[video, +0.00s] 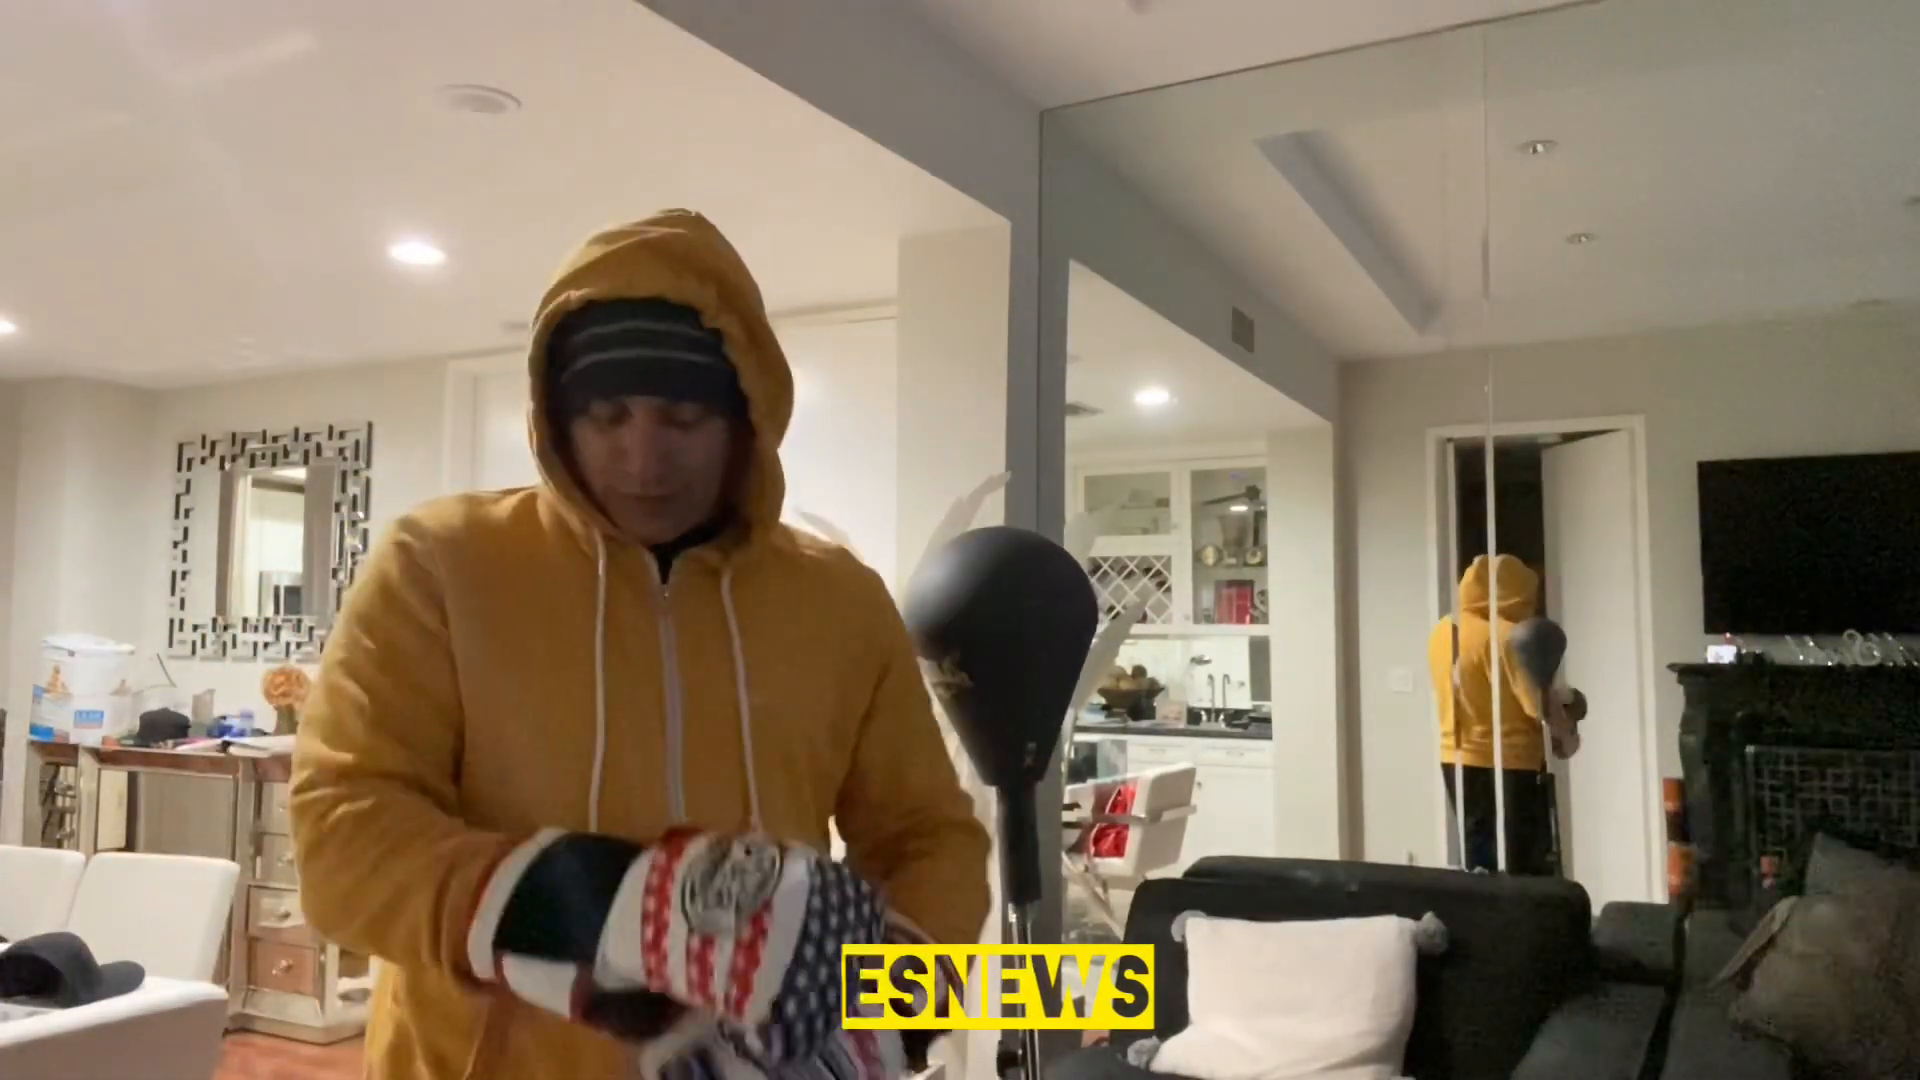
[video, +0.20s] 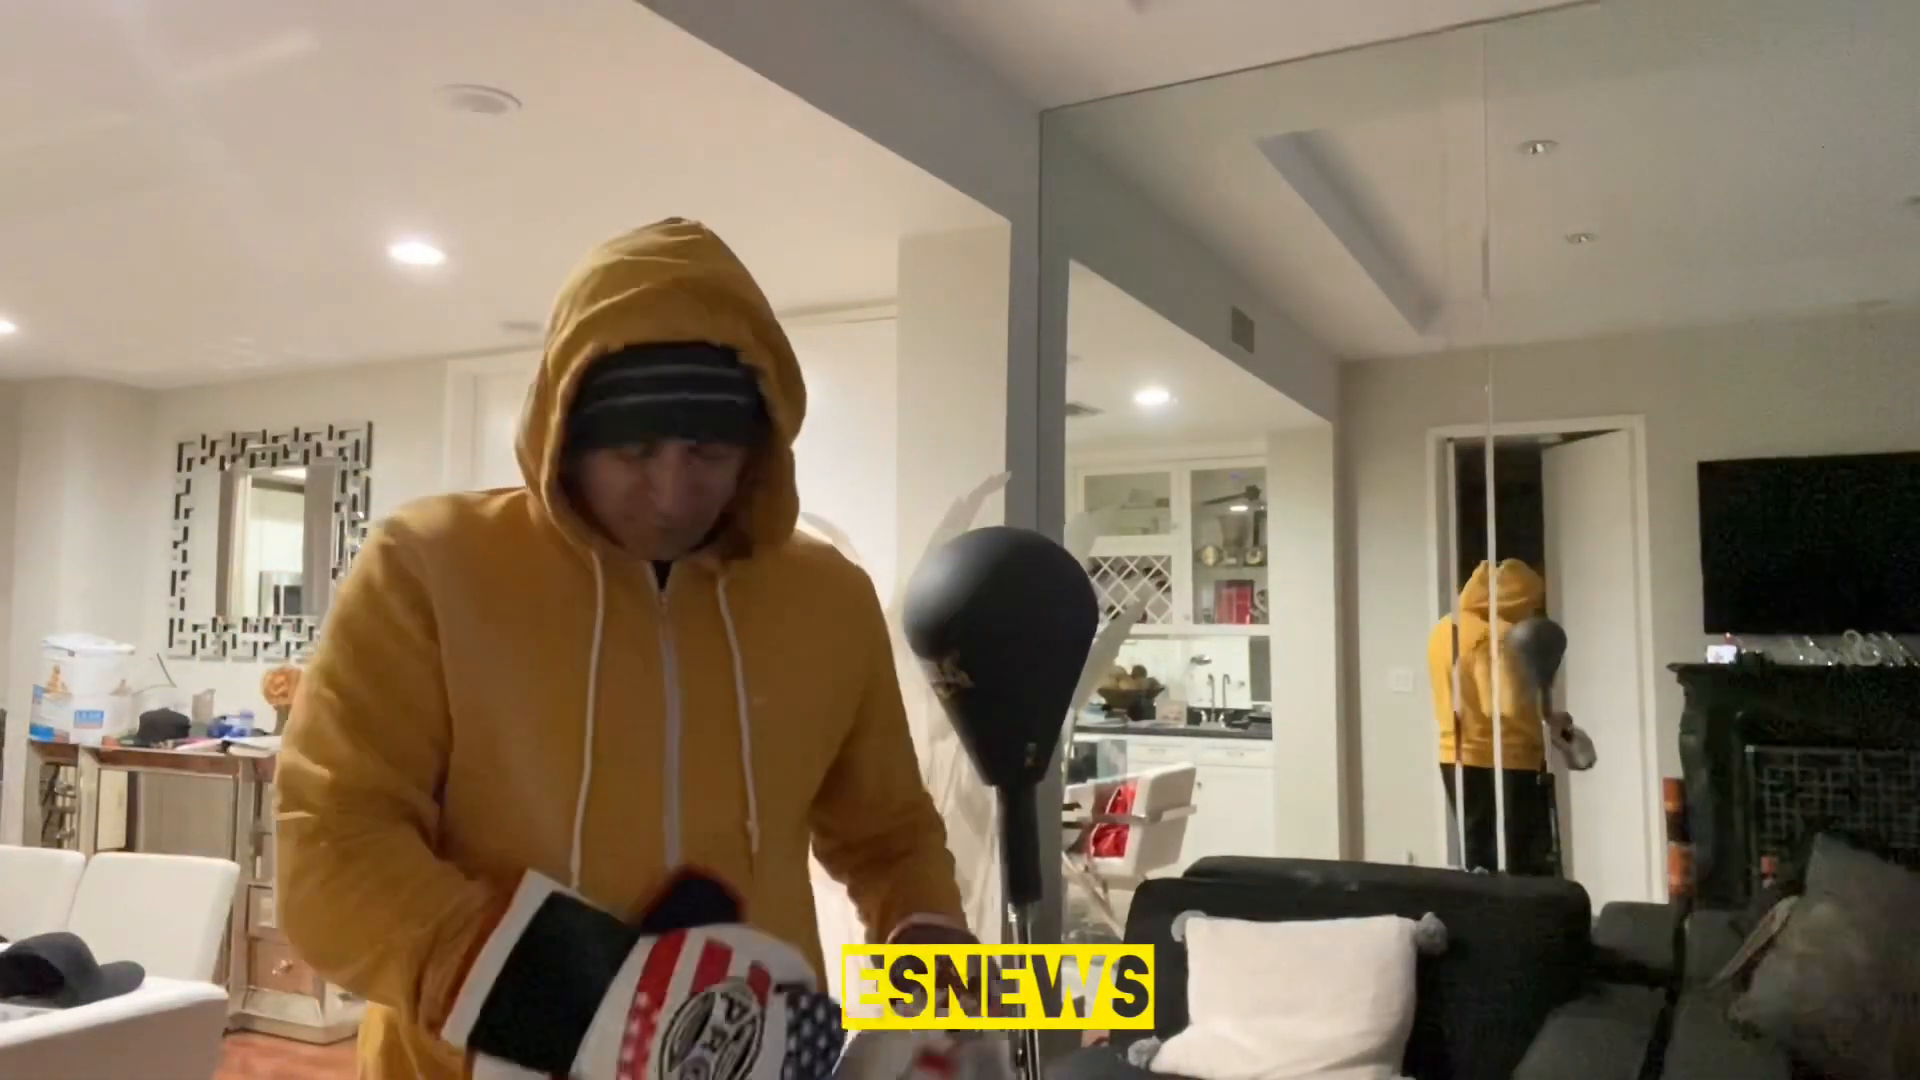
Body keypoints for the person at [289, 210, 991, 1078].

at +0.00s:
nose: (642, 458)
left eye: (683, 415)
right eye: (606, 415)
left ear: (743, 422)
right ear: (559, 422)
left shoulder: (839, 604)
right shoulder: (441, 569)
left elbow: (929, 837)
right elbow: (343, 839)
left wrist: (869, 1010)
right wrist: (586, 908)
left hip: (759, 1066)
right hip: (481, 1059)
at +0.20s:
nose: (670, 492)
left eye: (707, 448)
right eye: (632, 447)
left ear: (753, 446)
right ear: (567, 438)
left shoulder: (825, 600)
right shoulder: (429, 572)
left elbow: (889, 837)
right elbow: (331, 864)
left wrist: (933, 980)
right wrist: (586, 1002)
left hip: (754, 1062)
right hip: (480, 1065)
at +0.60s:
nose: (674, 501)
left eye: (708, 461)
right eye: (637, 458)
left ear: (746, 459)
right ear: (566, 442)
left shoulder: (800, 591)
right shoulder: (409, 572)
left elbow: (864, 805)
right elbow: (340, 904)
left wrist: (847, 902)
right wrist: (562, 1049)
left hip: (752, 1060)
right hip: (500, 1062)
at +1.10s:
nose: (573, 507)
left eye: (612, 457)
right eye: (531, 459)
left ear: (675, 441)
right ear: (471, 444)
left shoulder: (781, 569)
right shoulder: (351, 581)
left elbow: (855, 813)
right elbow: (279, 921)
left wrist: (769, 917)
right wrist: (463, 1057)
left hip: (734, 1064)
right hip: (471, 1064)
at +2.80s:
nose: (574, 506)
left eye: (617, 453)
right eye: (526, 453)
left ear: (687, 435)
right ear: (465, 438)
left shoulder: (788, 548)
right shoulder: (345, 570)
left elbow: (854, 821)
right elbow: (296, 928)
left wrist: (694, 1007)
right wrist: (503, 1047)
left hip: (719, 1061)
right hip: (432, 1065)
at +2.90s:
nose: (566, 512)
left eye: (613, 454)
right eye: (517, 454)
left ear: (678, 436)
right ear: (451, 436)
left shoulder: (779, 550)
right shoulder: (331, 574)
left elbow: (827, 840)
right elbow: (291, 955)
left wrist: (677, 1035)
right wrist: (515, 1050)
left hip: (709, 1056)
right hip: (410, 1059)